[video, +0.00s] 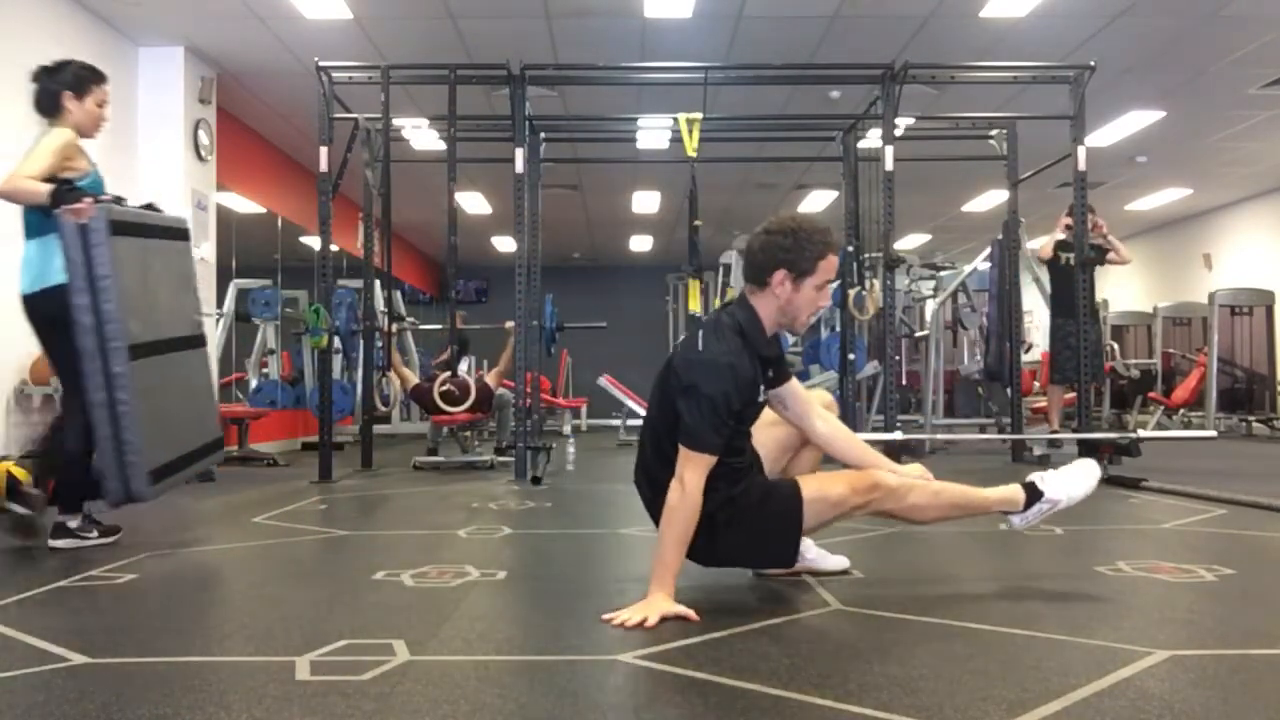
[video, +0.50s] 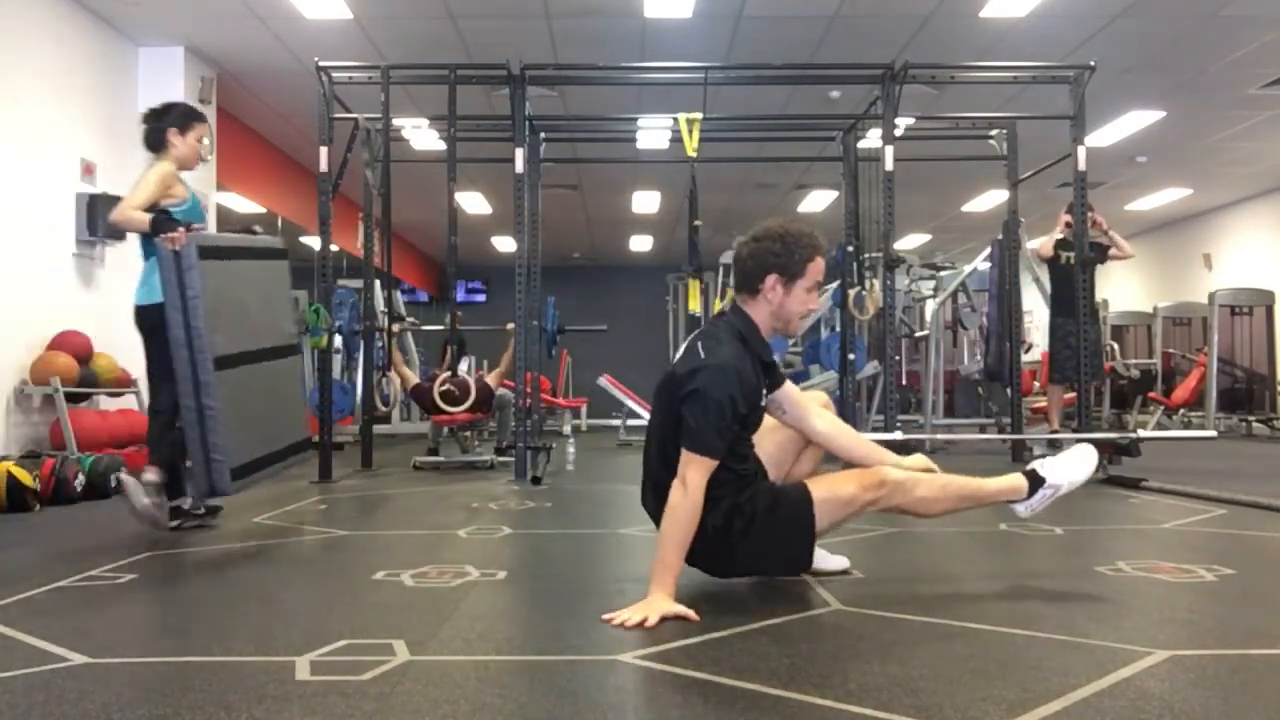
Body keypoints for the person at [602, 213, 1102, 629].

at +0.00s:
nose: (828, 301)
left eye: (830, 288)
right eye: (823, 288)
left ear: (781, 282)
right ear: (781, 284)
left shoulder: (754, 338)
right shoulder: (720, 358)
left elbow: (811, 423)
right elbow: (687, 483)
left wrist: (899, 475)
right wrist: (658, 591)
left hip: (724, 487)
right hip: (712, 519)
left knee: (815, 407)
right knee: (870, 485)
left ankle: (782, 541)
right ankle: (1023, 499)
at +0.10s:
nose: (827, 302)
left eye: (829, 289)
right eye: (823, 288)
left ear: (781, 282)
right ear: (781, 285)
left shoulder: (753, 337)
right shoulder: (724, 361)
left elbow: (811, 423)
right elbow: (692, 484)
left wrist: (901, 476)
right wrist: (659, 590)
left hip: (726, 489)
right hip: (722, 522)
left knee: (818, 407)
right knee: (875, 483)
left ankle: (784, 542)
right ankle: (1028, 491)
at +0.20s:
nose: (827, 302)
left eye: (830, 289)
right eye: (823, 288)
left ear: (781, 283)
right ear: (781, 285)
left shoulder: (753, 337)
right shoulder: (726, 361)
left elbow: (810, 421)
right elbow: (691, 483)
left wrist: (901, 474)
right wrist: (659, 591)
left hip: (728, 492)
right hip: (725, 524)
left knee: (819, 408)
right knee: (880, 481)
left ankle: (783, 543)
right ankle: (1028, 489)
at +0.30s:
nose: (827, 302)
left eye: (829, 290)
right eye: (822, 289)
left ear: (780, 284)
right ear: (781, 286)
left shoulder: (752, 339)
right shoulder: (727, 362)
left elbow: (811, 421)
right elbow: (691, 483)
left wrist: (902, 472)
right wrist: (659, 590)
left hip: (728, 493)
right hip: (724, 525)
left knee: (819, 408)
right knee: (882, 479)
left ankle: (784, 545)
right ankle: (1027, 485)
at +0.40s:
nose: (821, 303)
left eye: (824, 290)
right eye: (817, 289)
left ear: (776, 285)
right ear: (777, 287)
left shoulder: (746, 339)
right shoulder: (726, 362)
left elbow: (809, 420)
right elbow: (691, 483)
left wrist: (899, 468)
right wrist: (659, 590)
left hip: (727, 496)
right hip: (724, 528)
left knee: (817, 406)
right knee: (880, 480)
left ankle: (786, 544)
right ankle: (1025, 486)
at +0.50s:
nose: (819, 303)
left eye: (820, 290)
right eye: (813, 289)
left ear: (772, 287)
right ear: (772, 289)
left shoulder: (742, 343)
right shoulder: (725, 364)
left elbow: (806, 421)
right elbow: (689, 485)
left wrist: (900, 465)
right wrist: (659, 591)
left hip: (727, 501)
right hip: (725, 531)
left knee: (815, 404)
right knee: (881, 479)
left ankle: (786, 546)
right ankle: (1026, 486)